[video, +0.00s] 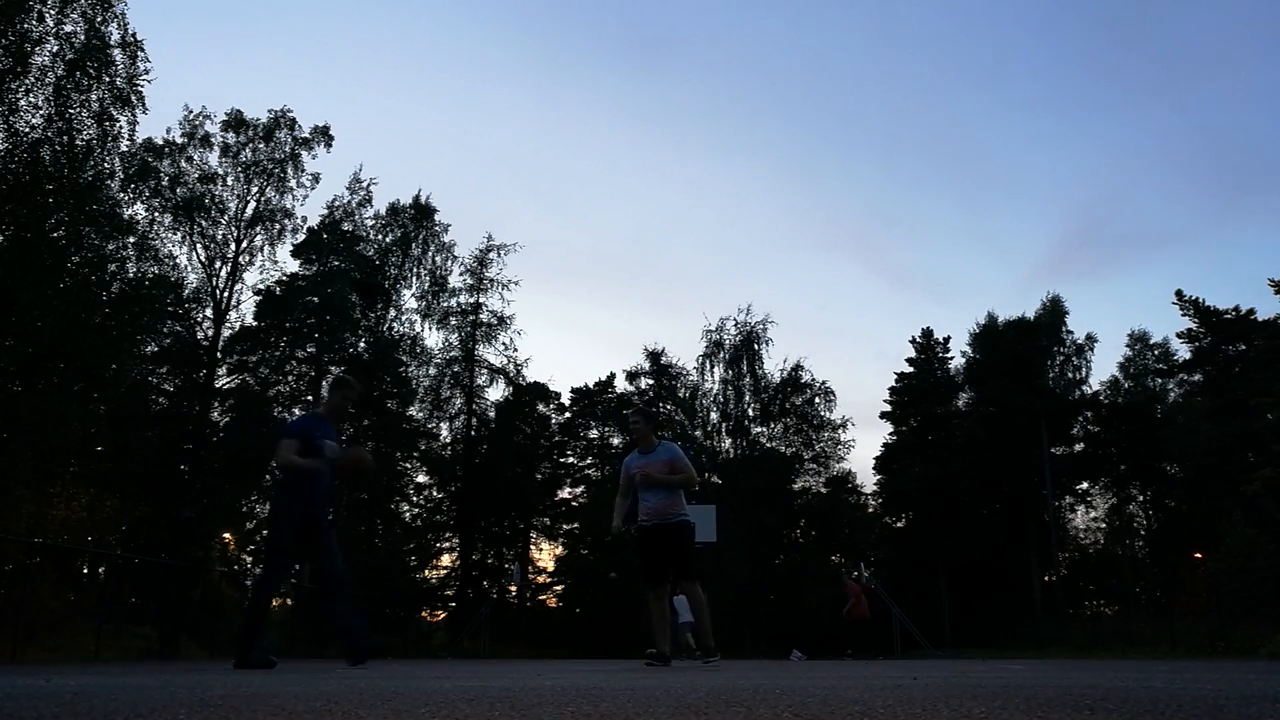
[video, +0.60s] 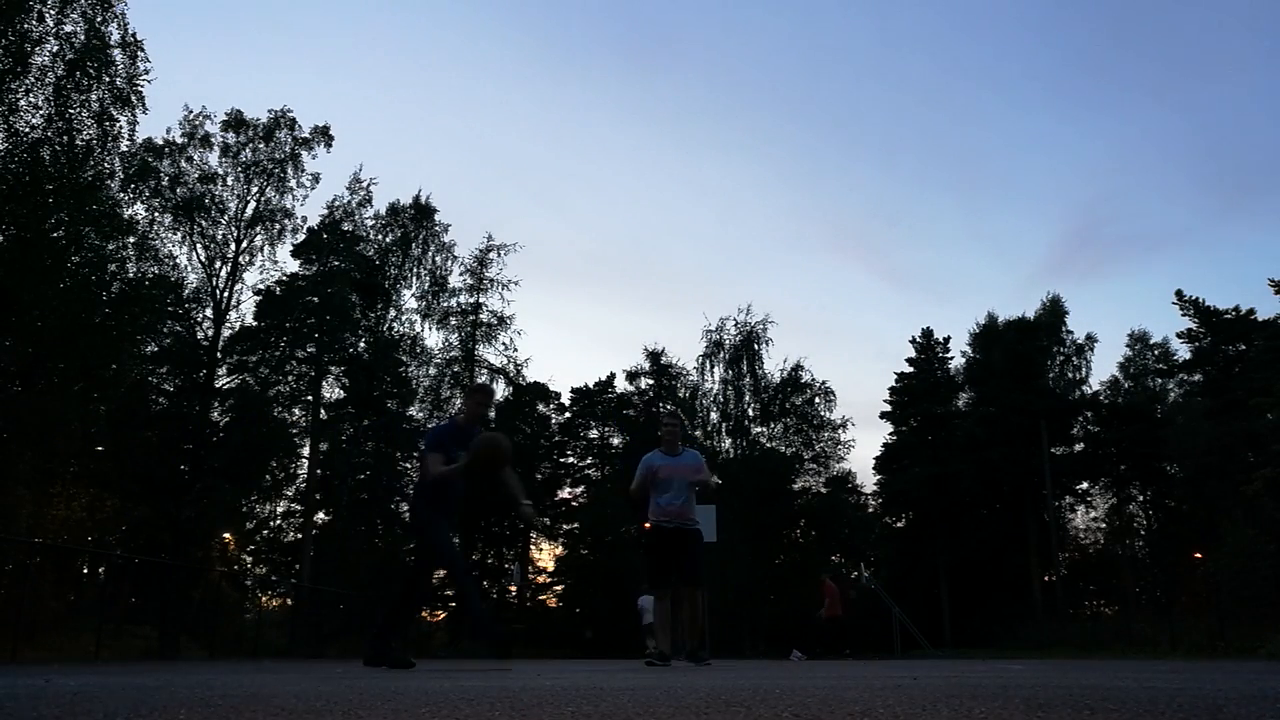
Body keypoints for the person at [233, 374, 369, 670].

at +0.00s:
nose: (345, 407)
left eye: (349, 402)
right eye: (343, 400)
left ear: (347, 403)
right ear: (331, 395)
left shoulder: (332, 433)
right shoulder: (303, 424)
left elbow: (325, 469)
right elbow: (284, 457)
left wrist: (352, 462)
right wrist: (322, 465)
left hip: (316, 514)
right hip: (290, 513)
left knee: (331, 579)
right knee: (271, 579)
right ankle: (248, 651)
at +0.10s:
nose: (372, 414)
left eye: (376, 409)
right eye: (370, 407)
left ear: (373, 411)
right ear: (357, 401)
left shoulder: (353, 438)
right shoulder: (328, 426)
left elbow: (339, 478)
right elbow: (314, 469)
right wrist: (350, 498)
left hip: (335, 513)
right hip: (313, 511)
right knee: (289, 579)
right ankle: (254, 649)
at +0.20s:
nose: (398, 417)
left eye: (400, 412)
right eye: (396, 411)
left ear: (386, 408)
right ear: (384, 406)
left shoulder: (375, 439)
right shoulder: (354, 432)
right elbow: (338, 472)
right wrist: (367, 503)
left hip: (361, 522)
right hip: (346, 521)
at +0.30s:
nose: (419, 416)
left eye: (423, 412)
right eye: (418, 410)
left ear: (421, 412)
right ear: (406, 405)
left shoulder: (406, 438)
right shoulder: (375, 429)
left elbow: (393, 477)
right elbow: (361, 469)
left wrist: (403, 499)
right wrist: (396, 496)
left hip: (387, 519)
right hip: (365, 517)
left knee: (394, 581)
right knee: (377, 582)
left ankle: (387, 651)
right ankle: (375, 652)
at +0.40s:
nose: (441, 410)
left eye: (445, 406)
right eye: (439, 403)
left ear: (444, 407)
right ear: (426, 396)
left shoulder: (427, 434)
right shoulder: (396, 423)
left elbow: (434, 470)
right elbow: (381, 463)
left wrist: (448, 495)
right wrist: (415, 483)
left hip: (402, 509)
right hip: (381, 508)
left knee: (401, 576)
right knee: (390, 575)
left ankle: (390, 649)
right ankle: (378, 651)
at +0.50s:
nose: (459, 407)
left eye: (465, 404)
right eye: (457, 400)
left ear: (465, 406)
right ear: (445, 395)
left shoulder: (458, 435)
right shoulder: (416, 425)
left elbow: (466, 472)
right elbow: (405, 466)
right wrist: (445, 473)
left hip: (425, 509)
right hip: (402, 506)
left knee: (412, 575)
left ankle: (389, 648)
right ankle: (382, 649)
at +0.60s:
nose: (482, 410)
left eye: (486, 406)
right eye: (478, 404)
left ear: (489, 408)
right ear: (466, 401)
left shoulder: (482, 438)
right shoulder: (441, 433)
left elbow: (505, 472)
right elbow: (433, 471)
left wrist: (522, 502)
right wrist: (466, 463)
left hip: (454, 514)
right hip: (428, 513)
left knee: (418, 580)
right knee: (461, 574)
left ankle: (384, 648)